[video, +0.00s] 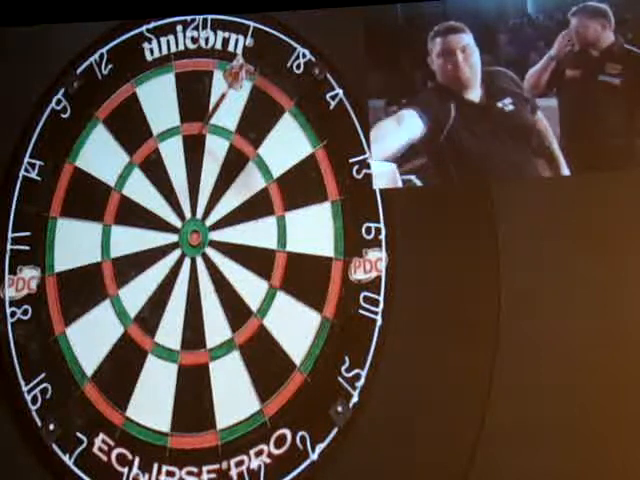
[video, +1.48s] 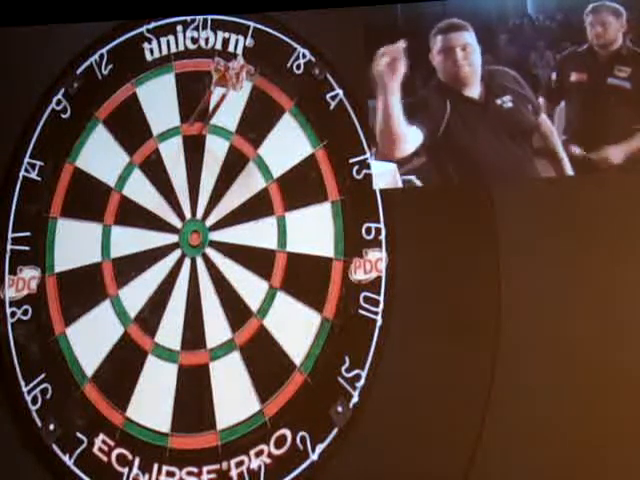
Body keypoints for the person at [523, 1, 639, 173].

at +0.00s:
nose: (574, 34)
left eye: (581, 28)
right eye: (573, 28)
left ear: (605, 26)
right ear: (570, 28)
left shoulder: (632, 61)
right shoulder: (567, 61)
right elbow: (530, 90)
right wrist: (554, 54)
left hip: (622, 164)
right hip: (577, 163)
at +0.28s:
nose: (578, 36)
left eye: (584, 29)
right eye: (575, 30)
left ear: (605, 27)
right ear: (571, 30)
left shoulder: (632, 60)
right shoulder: (569, 62)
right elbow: (531, 90)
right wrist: (556, 55)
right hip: (576, 160)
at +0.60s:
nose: (590, 30)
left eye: (596, 23)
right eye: (585, 25)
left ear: (616, 24)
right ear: (579, 30)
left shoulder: (633, 60)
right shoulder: (569, 61)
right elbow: (531, 91)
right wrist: (549, 82)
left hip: (625, 159)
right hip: (578, 160)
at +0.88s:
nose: (597, 31)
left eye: (603, 25)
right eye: (591, 26)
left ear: (622, 26)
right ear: (585, 30)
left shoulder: (634, 61)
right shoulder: (569, 63)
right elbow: (546, 92)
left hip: (626, 157)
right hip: (581, 159)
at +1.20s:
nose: (597, 31)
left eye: (604, 25)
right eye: (591, 26)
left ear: (622, 26)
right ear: (586, 30)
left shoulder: (635, 62)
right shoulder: (570, 61)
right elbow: (547, 100)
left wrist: (638, 159)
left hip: (624, 159)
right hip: (579, 160)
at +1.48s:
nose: (597, 31)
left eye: (604, 25)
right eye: (592, 25)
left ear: (622, 26)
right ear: (585, 28)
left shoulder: (635, 63)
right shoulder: (569, 62)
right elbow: (546, 105)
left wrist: (622, 150)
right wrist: (560, 145)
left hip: (624, 170)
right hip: (577, 167)